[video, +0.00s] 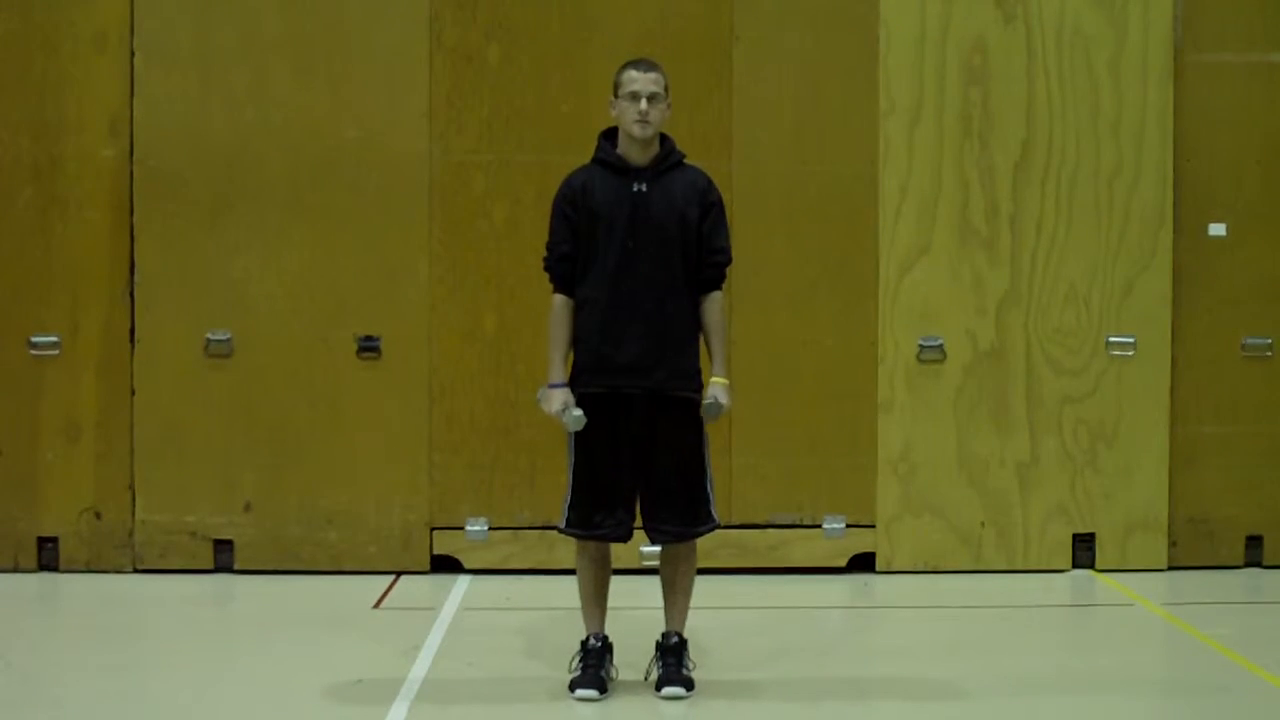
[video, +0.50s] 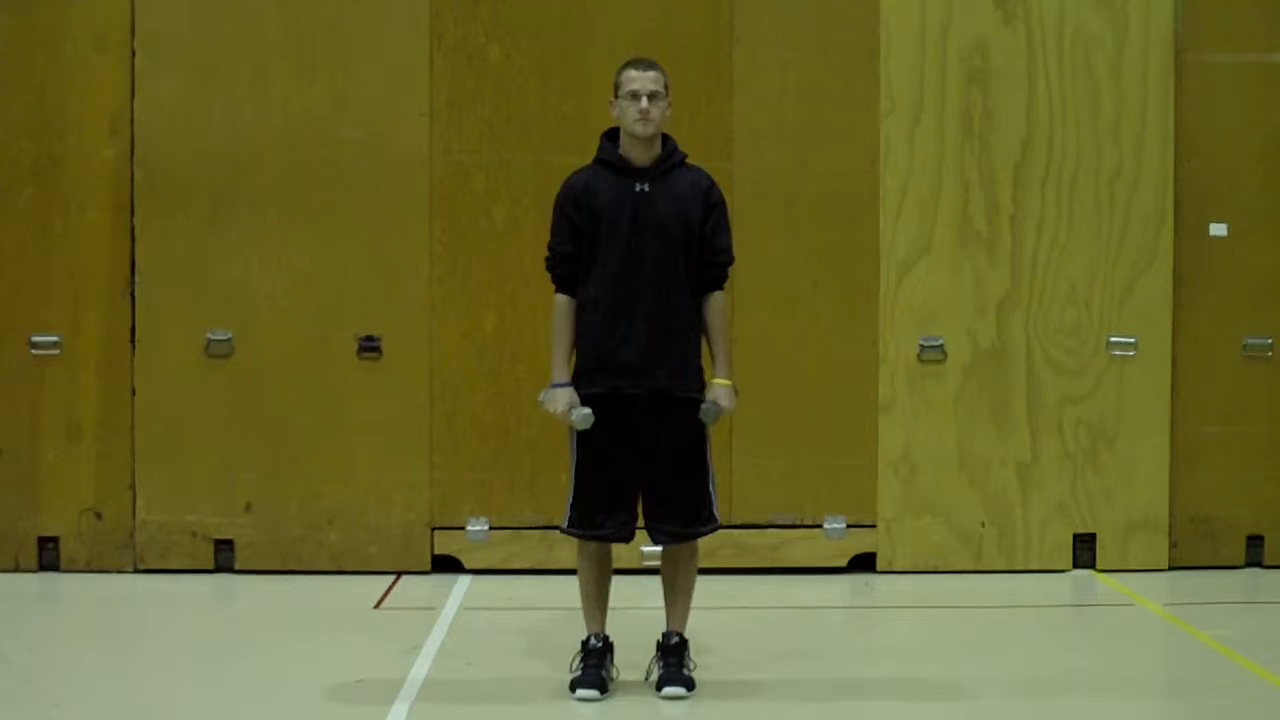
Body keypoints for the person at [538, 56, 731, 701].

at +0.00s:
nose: (644, 108)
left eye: (655, 99)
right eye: (634, 98)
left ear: (669, 109)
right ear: (613, 107)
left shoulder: (696, 188)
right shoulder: (580, 188)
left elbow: (711, 289)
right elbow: (563, 291)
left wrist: (719, 373)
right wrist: (556, 379)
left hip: (674, 384)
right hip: (599, 384)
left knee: (679, 523)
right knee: (594, 522)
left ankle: (673, 647)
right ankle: (594, 647)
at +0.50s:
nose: (645, 107)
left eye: (655, 98)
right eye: (634, 97)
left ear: (669, 107)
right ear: (614, 106)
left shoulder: (698, 189)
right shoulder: (581, 189)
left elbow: (713, 290)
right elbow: (565, 292)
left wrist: (723, 374)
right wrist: (560, 379)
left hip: (676, 384)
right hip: (601, 384)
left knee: (680, 525)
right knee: (595, 523)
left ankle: (675, 647)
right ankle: (595, 647)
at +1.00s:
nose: (649, 108)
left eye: (659, 98)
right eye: (638, 98)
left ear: (674, 107)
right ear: (620, 107)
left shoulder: (705, 189)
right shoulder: (588, 188)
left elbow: (718, 290)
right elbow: (570, 290)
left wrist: (724, 375)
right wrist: (564, 378)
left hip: (680, 384)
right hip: (604, 383)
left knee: (682, 524)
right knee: (596, 522)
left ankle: (675, 647)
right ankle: (595, 646)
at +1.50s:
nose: (663, 110)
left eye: (674, 101)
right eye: (653, 100)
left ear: (690, 109)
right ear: (635, 108)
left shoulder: (718, 192)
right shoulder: (601, 188)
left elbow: (730, 292)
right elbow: (580, 287)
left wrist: (734, 378)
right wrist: (564, 372)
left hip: (688, 386)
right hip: (612, 383)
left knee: (686, 523)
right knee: (600, 520)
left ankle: (675, 647)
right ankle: (596, 645)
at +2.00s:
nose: (622, 152)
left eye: (630, 140)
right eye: (616, 141)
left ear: (661, 122)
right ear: (611, 133)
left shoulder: (718, 192)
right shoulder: (601, 192)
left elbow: (734, 291)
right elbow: (584, 286)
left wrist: (733, 379)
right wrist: (567, 369)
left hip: (689, 389)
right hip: (615, 387)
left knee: (686, 525)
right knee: (610, 522)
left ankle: (676, 648)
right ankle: (610, 646)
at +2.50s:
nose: (529, 190)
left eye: (529, 175)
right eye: (520, 180)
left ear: (557, 148)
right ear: (536, 162)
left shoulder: (634, 200)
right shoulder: (553, 211)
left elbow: (661, 302)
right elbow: (572, 300)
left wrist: (646, 397)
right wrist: (567, 376)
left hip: (635, 393)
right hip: (568, 388)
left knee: (652, 531)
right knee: (519, 517)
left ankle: (672, 650)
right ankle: (466, 642)